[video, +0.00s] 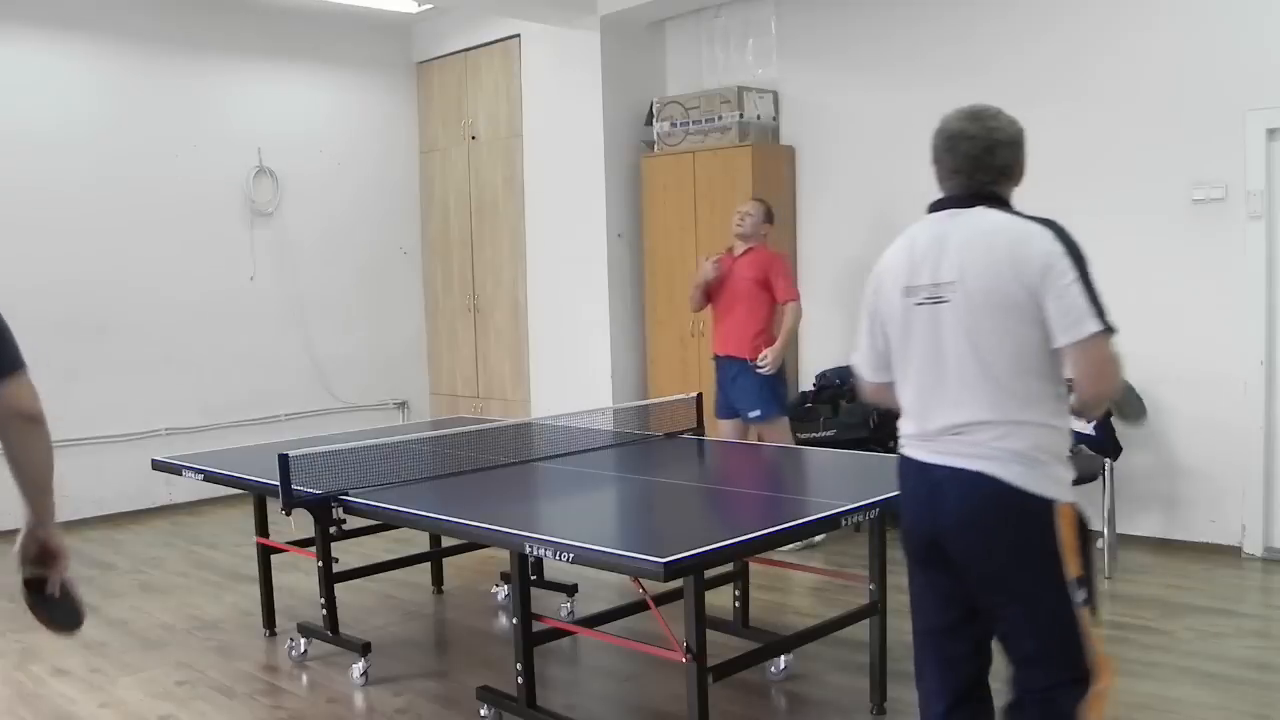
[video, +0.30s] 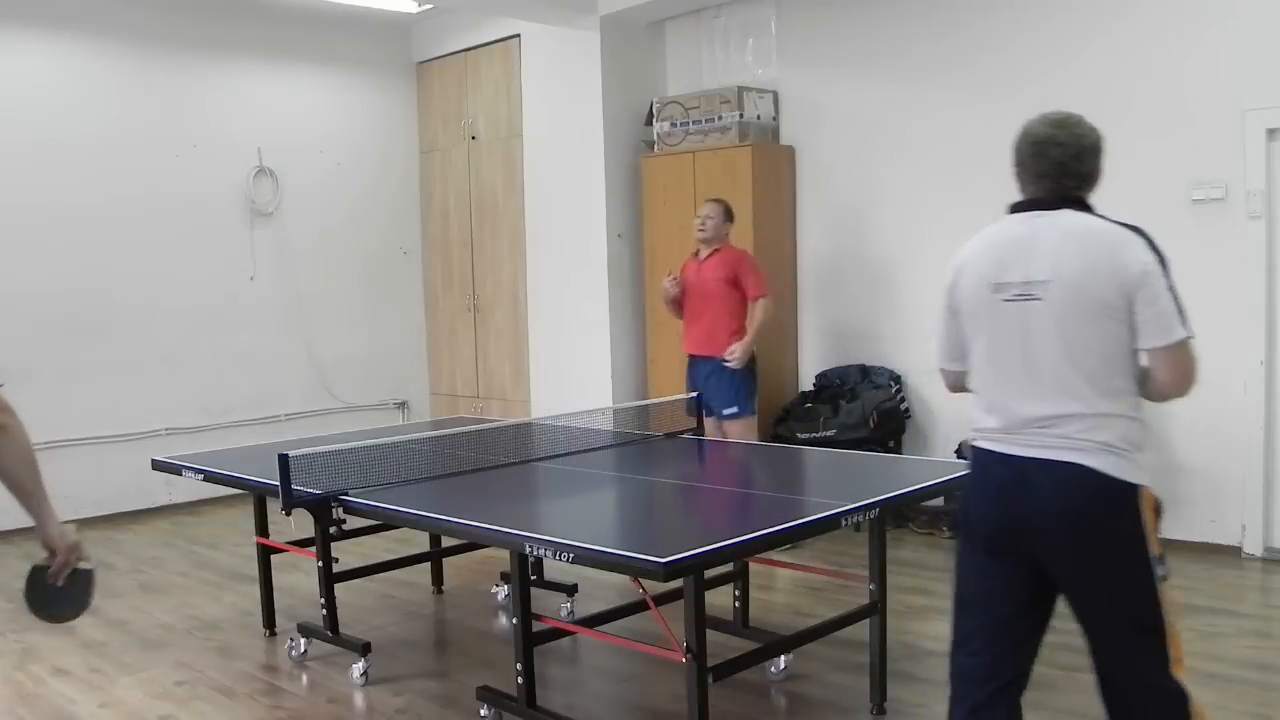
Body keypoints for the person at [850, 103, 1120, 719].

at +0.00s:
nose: (1024, 167)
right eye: (1020, 158)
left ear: (941, 168)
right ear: (1016, 168)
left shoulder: (897, 255)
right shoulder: (1039, 243)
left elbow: (875, 387)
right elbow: (1098, 384)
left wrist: (944, 393)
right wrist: (1083, 399)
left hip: (921, 490)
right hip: (1010, 497)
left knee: (947, 681)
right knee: (1055, 676)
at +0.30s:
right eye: (1096, 165)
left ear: (1020, 173)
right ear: (1094, 174)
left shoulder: (977, 253)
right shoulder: (1128, 247)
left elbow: (955, 378)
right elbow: (1174, 379)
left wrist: (1029, 355)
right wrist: (1113, 368)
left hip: (994, 488)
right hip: (1095, 493)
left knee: (981, 680)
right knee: (1139, 679)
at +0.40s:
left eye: (1055, 167)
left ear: (1055, 176)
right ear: (1129, 180)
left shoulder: (1013, 256)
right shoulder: (1165, 254)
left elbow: (979, 377)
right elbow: (1214, 383)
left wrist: (1053, 380)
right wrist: (1181, 412)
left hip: (1033, 488)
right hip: (1132, 494)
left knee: (1016, 672)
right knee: (1165, 675)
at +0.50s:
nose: (1083, 175)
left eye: (1086, 167)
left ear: (1087, 173)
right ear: (1161, 178)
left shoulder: (1040, 253)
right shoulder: (1198, 255)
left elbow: (996, 365)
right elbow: (1245, 380)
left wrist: (1064, 384)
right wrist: (1242, 461)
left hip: (1063, 481)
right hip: (1163, 486)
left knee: (1046, 653)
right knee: (1186, 665)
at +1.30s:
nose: (1061, 189)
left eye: (1064, 180)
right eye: (1065, 180)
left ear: (1076, 185)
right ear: (1134, 185)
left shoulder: (1046, 258)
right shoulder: (1184, 242)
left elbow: (1019, 367)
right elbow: (1225, 340)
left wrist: (1012, 456)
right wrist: (1209, 407)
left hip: (1081, 443)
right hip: (1168, 441)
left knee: (1085, 587)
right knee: (1182, 588)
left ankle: (1092, 709)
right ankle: (1194, 711)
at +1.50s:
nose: (1044, 194)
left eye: (1047, 185)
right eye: (1047, 185)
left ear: (1060, 189)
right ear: (1115, 189)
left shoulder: (1035, 261)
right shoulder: (1166, 241)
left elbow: (1000, 368)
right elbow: (1200, 326)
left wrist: (1006, 445)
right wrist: (1145, 355)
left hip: (1078, 438)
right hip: (1160, 434)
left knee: (1083, 582)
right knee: (1168, 578)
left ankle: (1093, 710)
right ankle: (1178, 709)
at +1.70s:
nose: (1044, 196)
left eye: (1047, 187)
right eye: (1047, 186)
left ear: (1060, 190)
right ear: (1111, 190)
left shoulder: (1040, 257)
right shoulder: (1158, 243)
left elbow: (1011, 366)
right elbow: (1152, 323)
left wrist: (1023, 418)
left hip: (1078, 426)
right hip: (1155, 424)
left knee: (1082, 572)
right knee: (1156, 559)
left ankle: (1094, 706)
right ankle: (1145, 687)